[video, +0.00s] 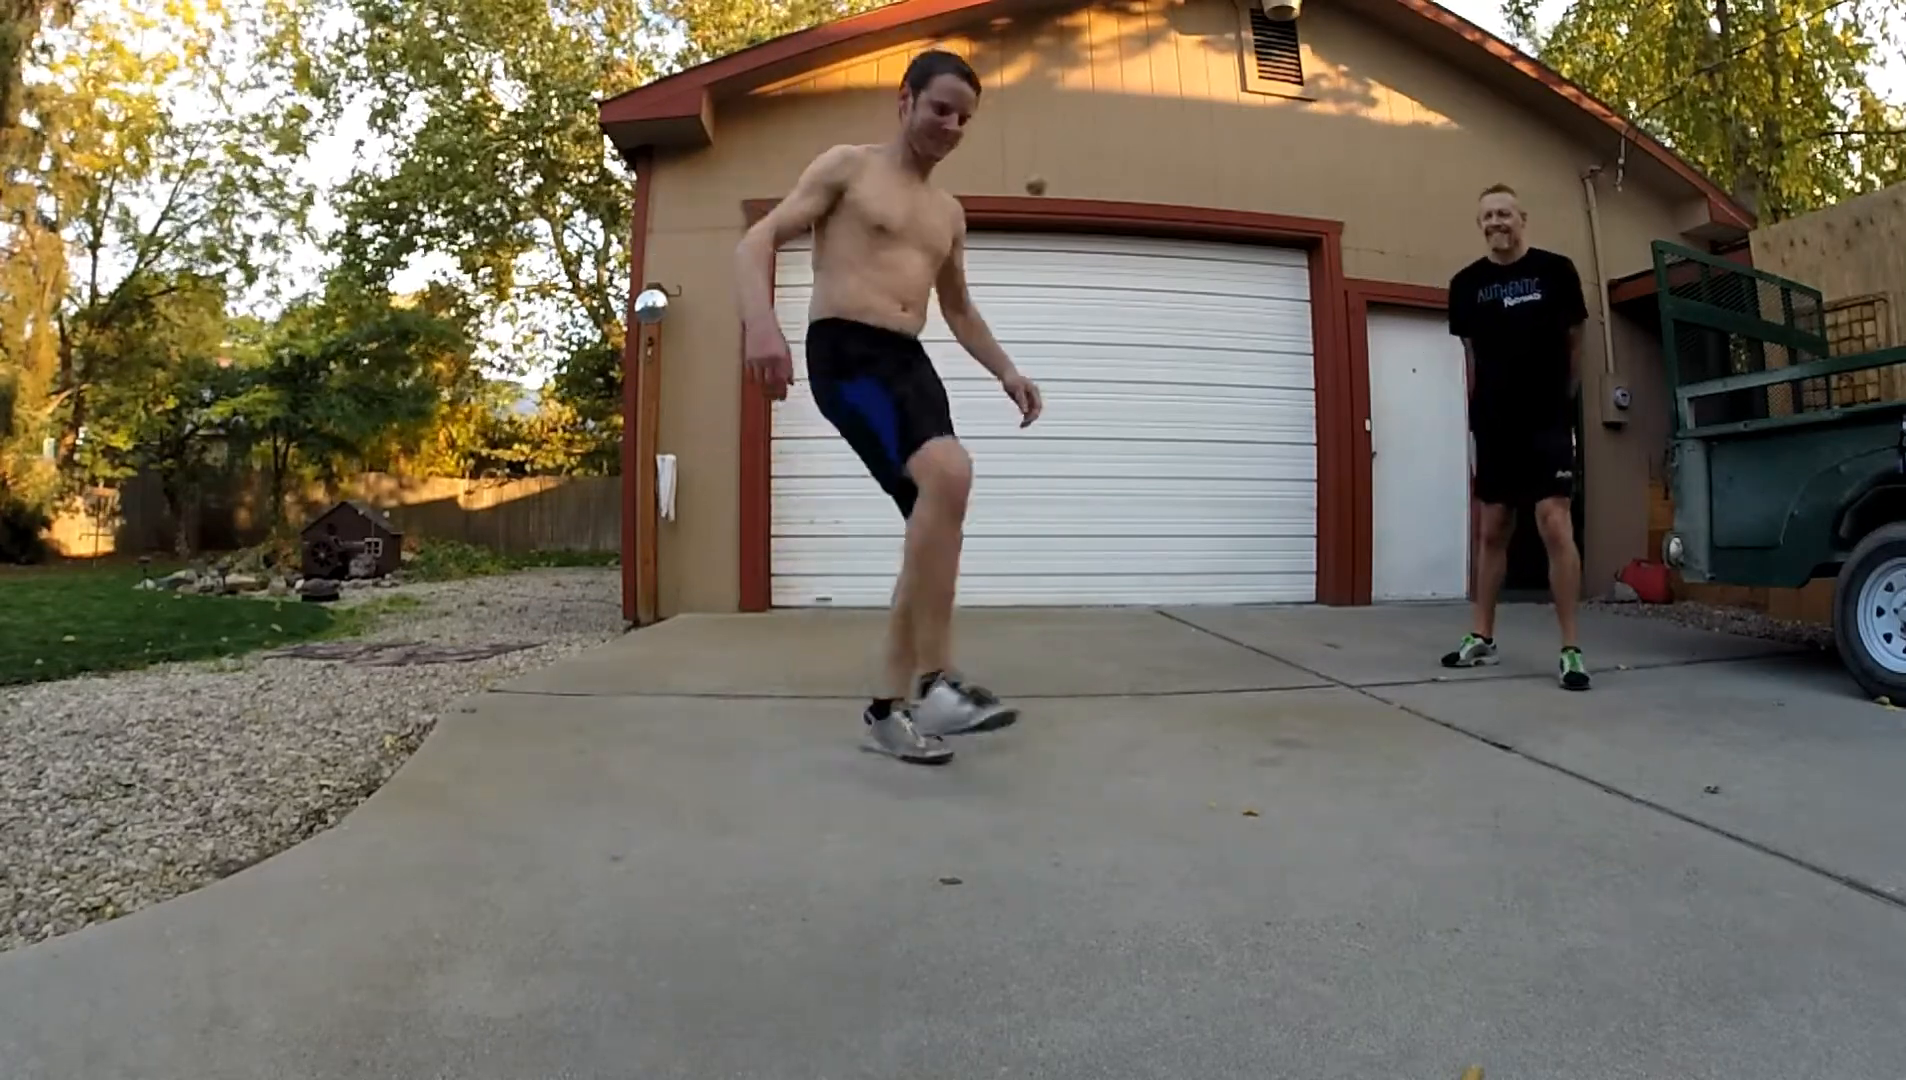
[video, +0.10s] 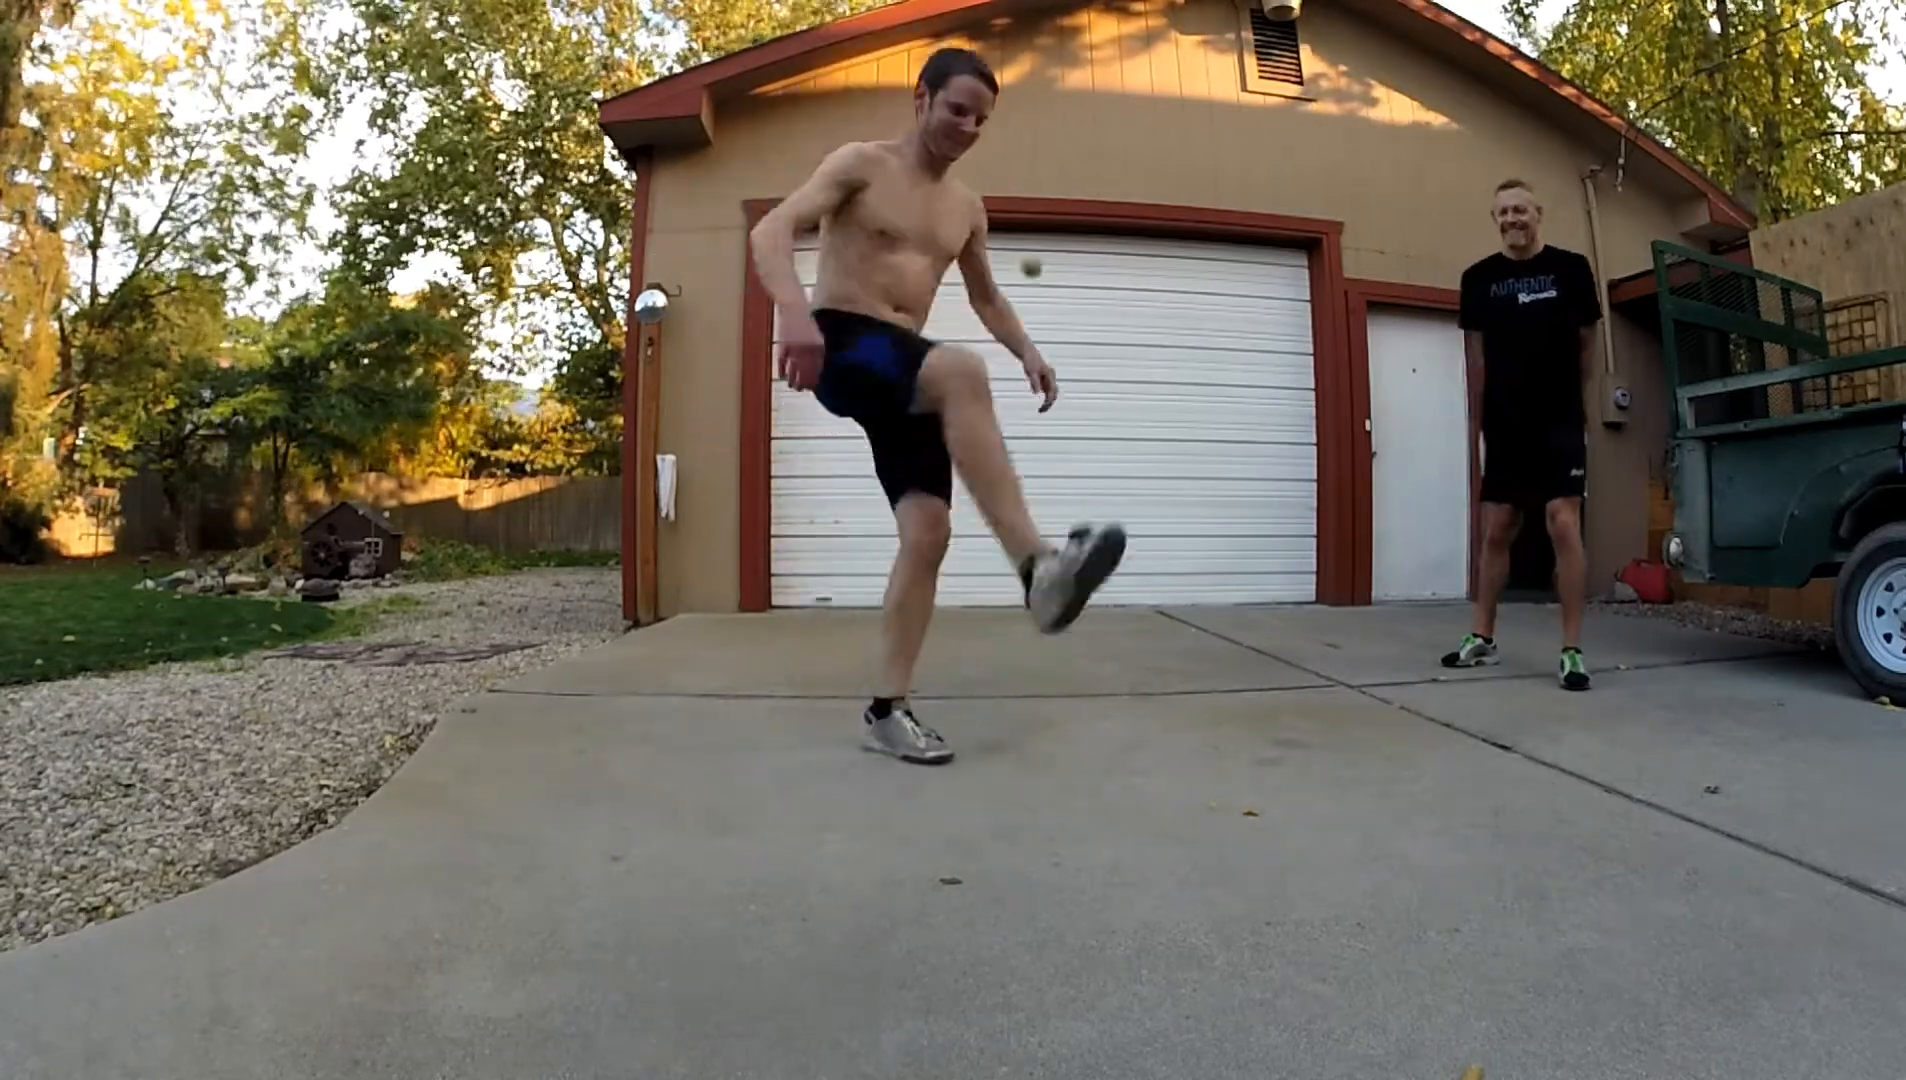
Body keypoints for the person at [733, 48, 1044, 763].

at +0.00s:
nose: (951, 126)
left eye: (963, 117)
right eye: (941, 109)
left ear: (969, 124)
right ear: (907, 101)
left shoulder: (948, 215)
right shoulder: (849, 164)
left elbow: (959, 310)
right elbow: (755, 244)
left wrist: (1008, 373)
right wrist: (761, 326)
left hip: (906, 356)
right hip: (845, 347)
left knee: (940, 518)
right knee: (947, 470)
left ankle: (892, 706)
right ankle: (934, 682)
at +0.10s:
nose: (968, 127)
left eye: (980, 118)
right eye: (958, 109)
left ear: (987, 124)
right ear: (922, 98)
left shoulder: (966, 208)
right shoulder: (861, 162)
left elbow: (986, 297)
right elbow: (772, 231)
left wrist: (1028, 352)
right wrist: (794, 312)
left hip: (905, 358)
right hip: (841, 340)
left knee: (925, 534)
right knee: (962, 372)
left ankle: (888, 710)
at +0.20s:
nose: (986, 119)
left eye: (997, 109)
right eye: (976, 102)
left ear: (1003, 112)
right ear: (939, 90)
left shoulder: (975, 193)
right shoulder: (880, 149)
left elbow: (980, 271)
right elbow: (800, 213)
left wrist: (1025, 328)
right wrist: (838, 280)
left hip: (915, 355)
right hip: (846, 334)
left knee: (922, 521)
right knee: (956, 288)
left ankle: (896, 701)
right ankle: (1005, 485)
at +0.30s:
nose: (989, 113)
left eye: (1000, 103)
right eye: (979, 96)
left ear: (1004, 106)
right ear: (941, 86)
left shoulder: (974, 188)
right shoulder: (887, 144)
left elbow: (967, 275)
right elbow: (806, 209)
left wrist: (1013, 328)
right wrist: (855, 265)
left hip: (914, 346)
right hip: (854, 326)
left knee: (934, 522)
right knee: (966, 373)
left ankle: (896, 700)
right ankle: (974, 587)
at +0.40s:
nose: (982, 124)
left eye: (992, 115)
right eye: (972, 108)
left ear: (997, 121)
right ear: (935, 101)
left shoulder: (969, 207)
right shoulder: (887, 161)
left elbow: (959, 300)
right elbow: (805, 240)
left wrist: (1011, 349)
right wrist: (849, 306)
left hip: (931, 364)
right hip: (877, 353)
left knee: (958, 527)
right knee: (966, 475)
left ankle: (894, 705)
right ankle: (971, 689)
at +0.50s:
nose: (985, 139)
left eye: (995, 129)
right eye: (974, 122)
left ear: (1001, 136)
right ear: (936, 114)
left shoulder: (972, 225)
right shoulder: (883, 177)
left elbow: (967, 318)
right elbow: (806, 262)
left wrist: (1029, 361)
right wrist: (833, 340)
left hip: (935, 370)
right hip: (879, 362)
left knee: (967, 544)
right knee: (990, 470)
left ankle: (896, 704)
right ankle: (1033, 676)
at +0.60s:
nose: (994, 138)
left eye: (1005, 128)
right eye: (983, 121)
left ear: (1010, 132)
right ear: (947, 111)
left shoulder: (983, 213)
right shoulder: (890, 176)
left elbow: (986, 298)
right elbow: (801, 252)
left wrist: (1041, 336)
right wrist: (833, 328)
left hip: (935, 362)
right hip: (876, 346)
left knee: (954, 533)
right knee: (1013, 364)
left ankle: (895, 705)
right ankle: (1111, 546)